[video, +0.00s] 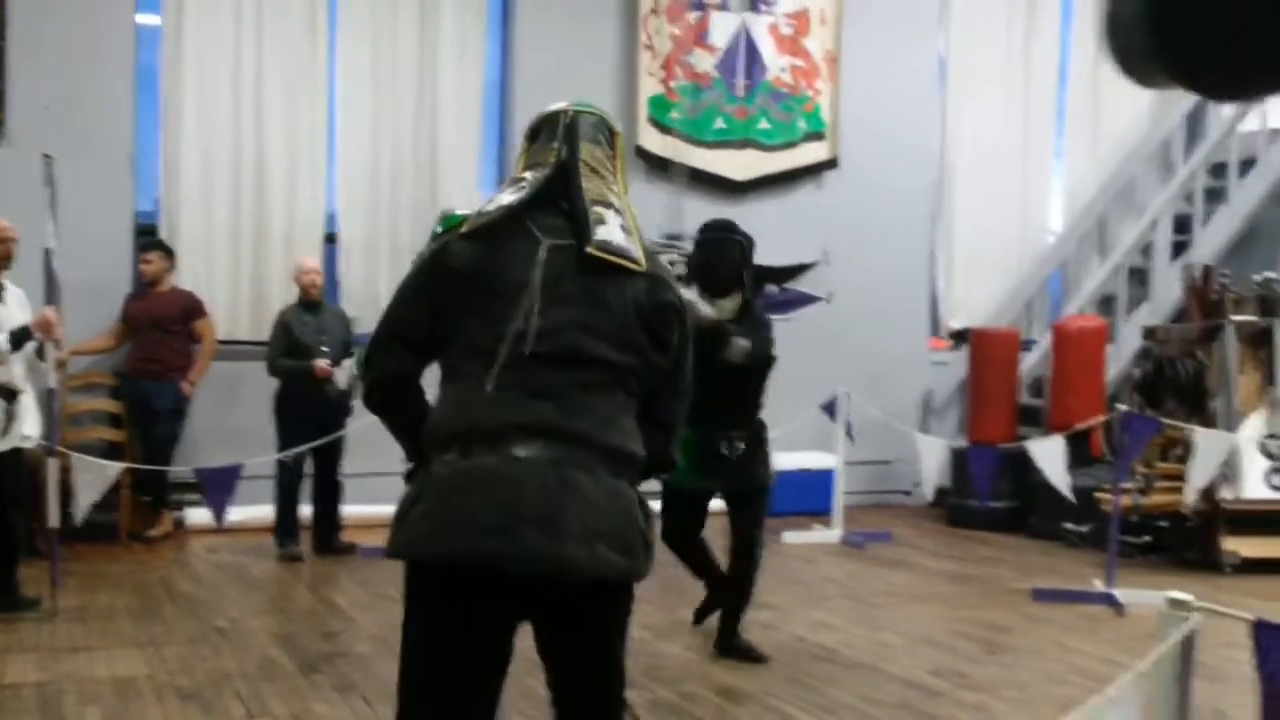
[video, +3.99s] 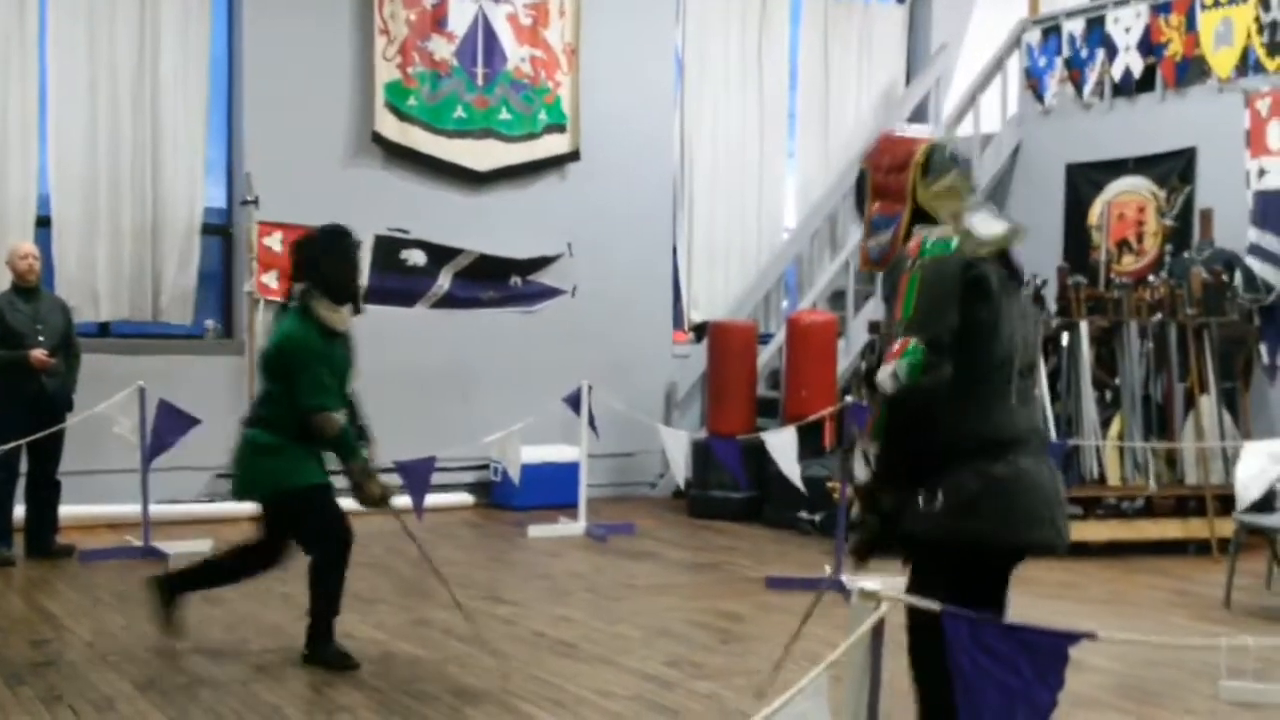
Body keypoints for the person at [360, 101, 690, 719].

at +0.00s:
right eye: (606, 162)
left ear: (527, 163)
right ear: (613, 170)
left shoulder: (463, 250)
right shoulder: (651, 281)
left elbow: (386, 375)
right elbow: (661, 435)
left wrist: (439, 452)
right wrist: (596, 466)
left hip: (461, 517)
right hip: (589, 526)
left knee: (439, 706)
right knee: (592, 708)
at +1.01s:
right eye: (511, 212)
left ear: (434, 214)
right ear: (515, 219)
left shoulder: (381, 281)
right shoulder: (552, 307)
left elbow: (333, 408)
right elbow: (562, 433)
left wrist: (396, 453)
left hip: (390, 512)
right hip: (501, 521)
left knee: (366, 695)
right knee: (486, 679)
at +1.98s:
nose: (297, 184)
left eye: (305, 169)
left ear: (317, 177)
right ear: (417, 186)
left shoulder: (250, 277)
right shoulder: (446, 303)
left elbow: (193, 415)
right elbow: (429, 425)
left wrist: (231, 502)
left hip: (269, 606)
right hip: (402, 611)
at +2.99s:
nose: (222, 264)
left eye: (226, 253)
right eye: (212, 254)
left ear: (231, 261)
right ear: (184, 260)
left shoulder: (238, 329)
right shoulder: (152, 326)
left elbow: (253, 395)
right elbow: (149, 397)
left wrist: (255, 427)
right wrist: (203, 437)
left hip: (216, 461)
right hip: (155, 460)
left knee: (237, 551)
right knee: (137, 561)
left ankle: (201, 609)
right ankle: (152, 683)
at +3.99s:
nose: (356, 275)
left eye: (354, 265)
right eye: (349, 265)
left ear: (315, 272)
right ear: (328, 271)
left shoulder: (330, 328)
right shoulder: (300, 334)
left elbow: (338, 398)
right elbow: (321, 413)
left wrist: (359, 451)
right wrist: (357, 468)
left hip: (292, 455)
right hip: (277, 455)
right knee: (333, 539)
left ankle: (173, 585)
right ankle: (320, 644)